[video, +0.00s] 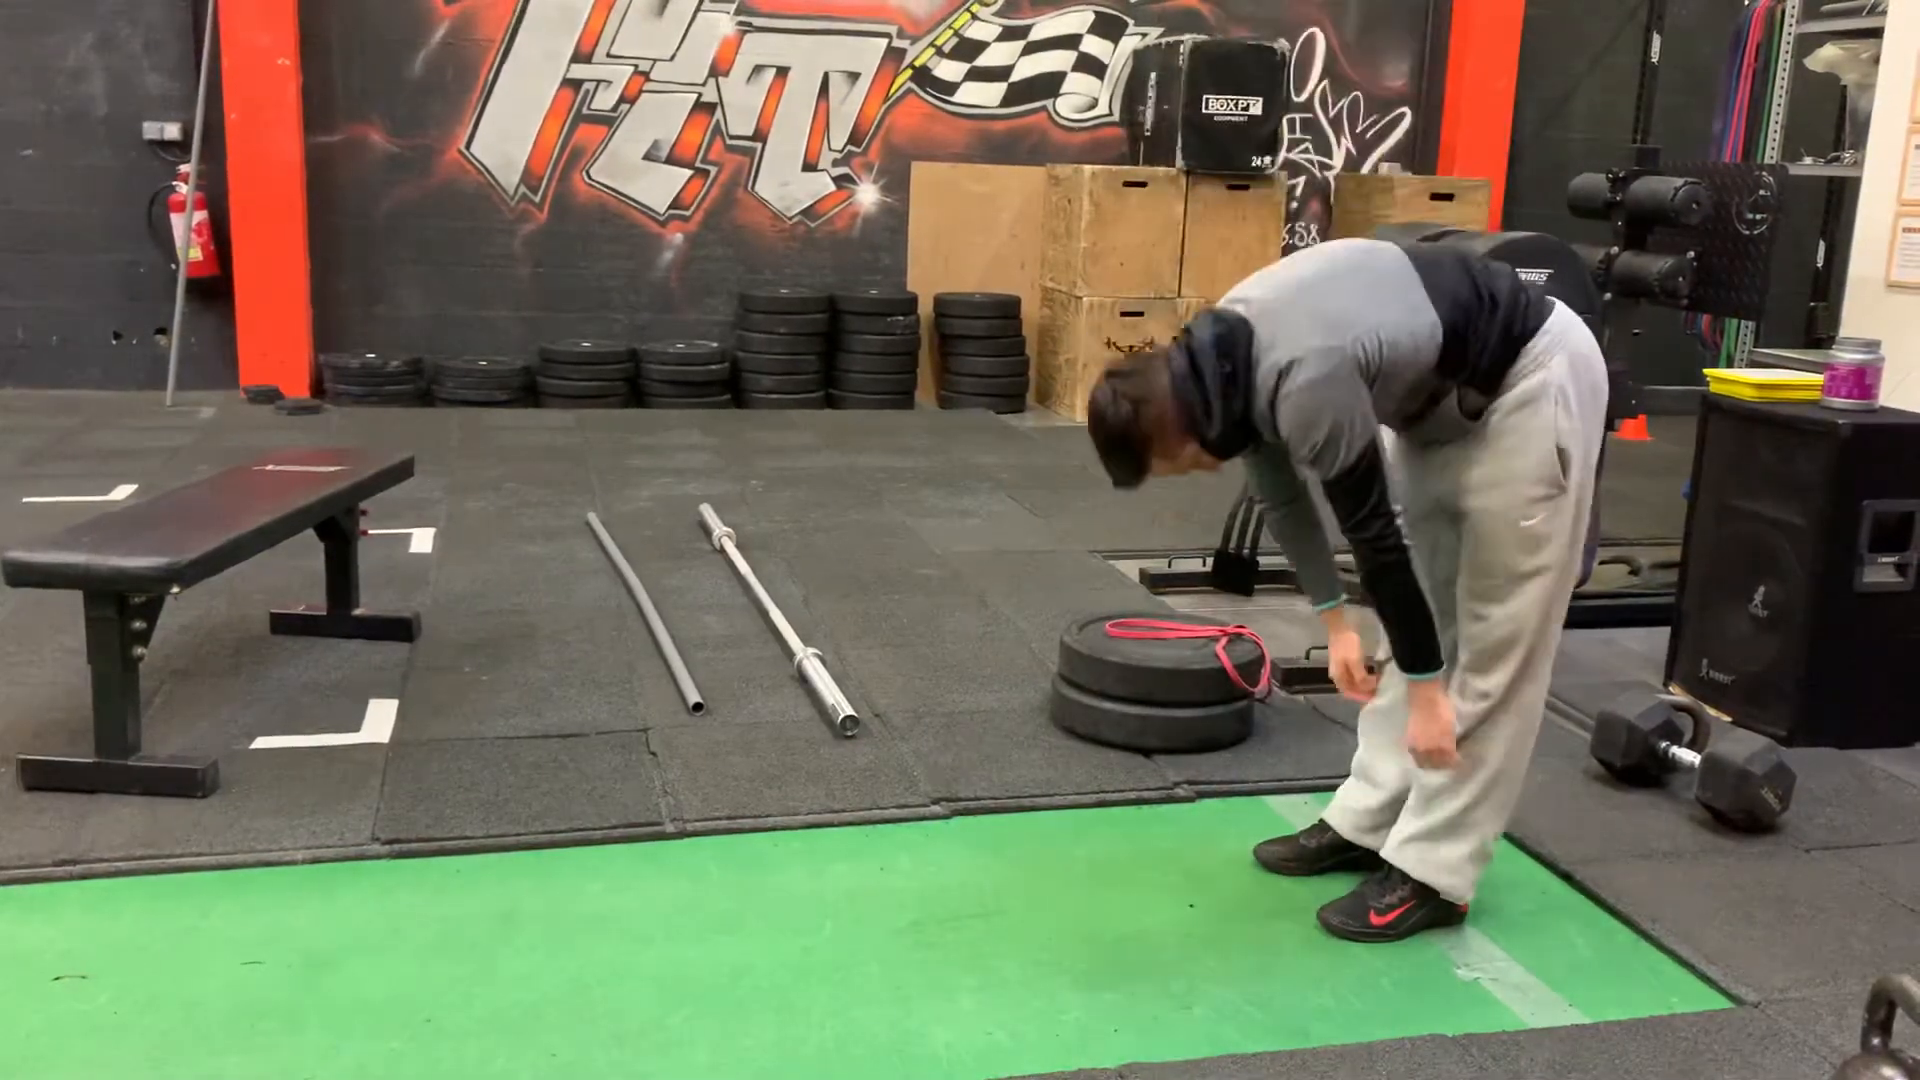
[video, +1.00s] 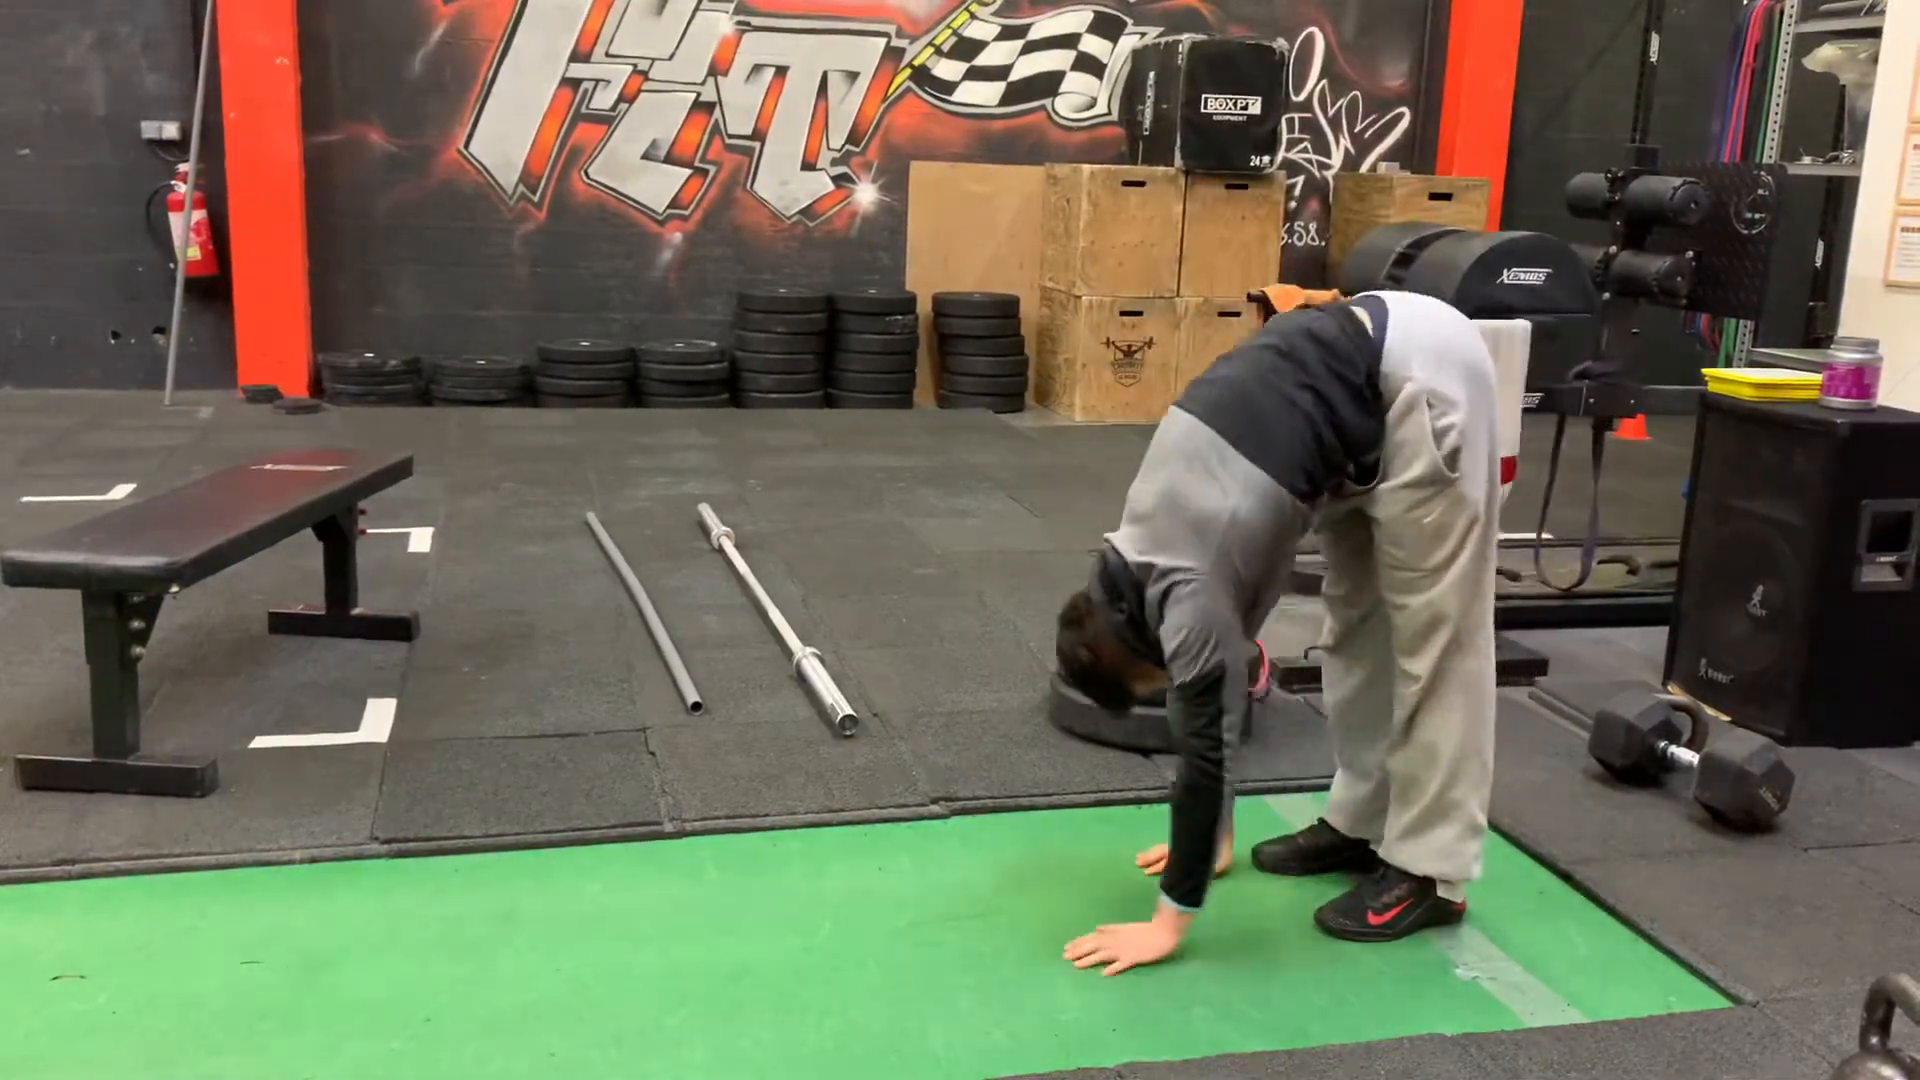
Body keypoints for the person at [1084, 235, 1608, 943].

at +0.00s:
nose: (1183, 471)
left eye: (1171, 459)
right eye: (1167, 467)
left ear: (1181, 419)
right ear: (1165, 405)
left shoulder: (1308, 376)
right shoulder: (1215, 366)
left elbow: (1376, 539)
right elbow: (1286, 503)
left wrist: (1428, 688)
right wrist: (1338, 624)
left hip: (1532, 377)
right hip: (1424, 396)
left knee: (1495, 634)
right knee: (1402, 612)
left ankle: (1435, 871)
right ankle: (1369, 819)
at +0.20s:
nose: (1193, 536)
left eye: (1182, 527)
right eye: (1177, 534)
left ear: (1181, 487)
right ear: (1165, 473)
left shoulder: (1286, 447)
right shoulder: (1201, 418)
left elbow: (1344, 610)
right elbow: (1258, 565)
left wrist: (1384, 769)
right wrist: (1301, 689)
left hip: (1530, 377)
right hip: (1432, 395)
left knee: (1489, 637)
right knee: (1410, 616)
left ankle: (1439, 871)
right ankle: (1362, 826)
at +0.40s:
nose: (1195, 593)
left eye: (1185, 584)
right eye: (1182, 593)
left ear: (1179, 548)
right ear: (1155, 538)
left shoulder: (1264, 501)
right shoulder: (1184, 460)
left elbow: (1303, 672)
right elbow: (1224, 621)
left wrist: (1323, 833)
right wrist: (1251, 759)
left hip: (1515, 372)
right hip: (1421, 381)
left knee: (1480, 647)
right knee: (1403, 630)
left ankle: (1437, 871)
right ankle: (1371, 828)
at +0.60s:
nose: (1186, 641)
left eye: (1182, 635)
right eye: (1178, 644)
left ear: (1179, 594)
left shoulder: (1252, 547)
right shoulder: (1170, 508)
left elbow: (1275, 710)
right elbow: (1204, 656)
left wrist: (1281, 884)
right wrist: (1211, 803)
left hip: (1495, 368)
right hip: (1405, 368)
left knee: (1470, 638)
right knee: (1391, 623)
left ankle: (1434, 871)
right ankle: (1364, 821)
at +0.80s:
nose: (1194, 672)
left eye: (1186, 665)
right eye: (1184, 672)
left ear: (1171, 627)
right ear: (1152, 616)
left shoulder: (1234, 579)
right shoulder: (1167, 553)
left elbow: (1278, 730)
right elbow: (1214, 691)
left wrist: (1292, 900)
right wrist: (1221, 839)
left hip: (1462, 366)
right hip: (1379, 368)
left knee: (1452, 634)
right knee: (1378, 625)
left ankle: (1433, 868)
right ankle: (1366, 821)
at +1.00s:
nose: (1166, 693)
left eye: (1155, 688)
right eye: (1155, 693)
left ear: (1129, 649)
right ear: (1114, 626)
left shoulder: (1191, 600)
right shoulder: (1136, 563)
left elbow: (1204, 759)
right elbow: (1208, 693)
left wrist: (1167, 922)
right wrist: (1211, 830)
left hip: (1422, 365)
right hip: (1344, 367)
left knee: (1432, 634)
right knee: (1358, 627)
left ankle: (1431, 870)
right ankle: (1363, 823)